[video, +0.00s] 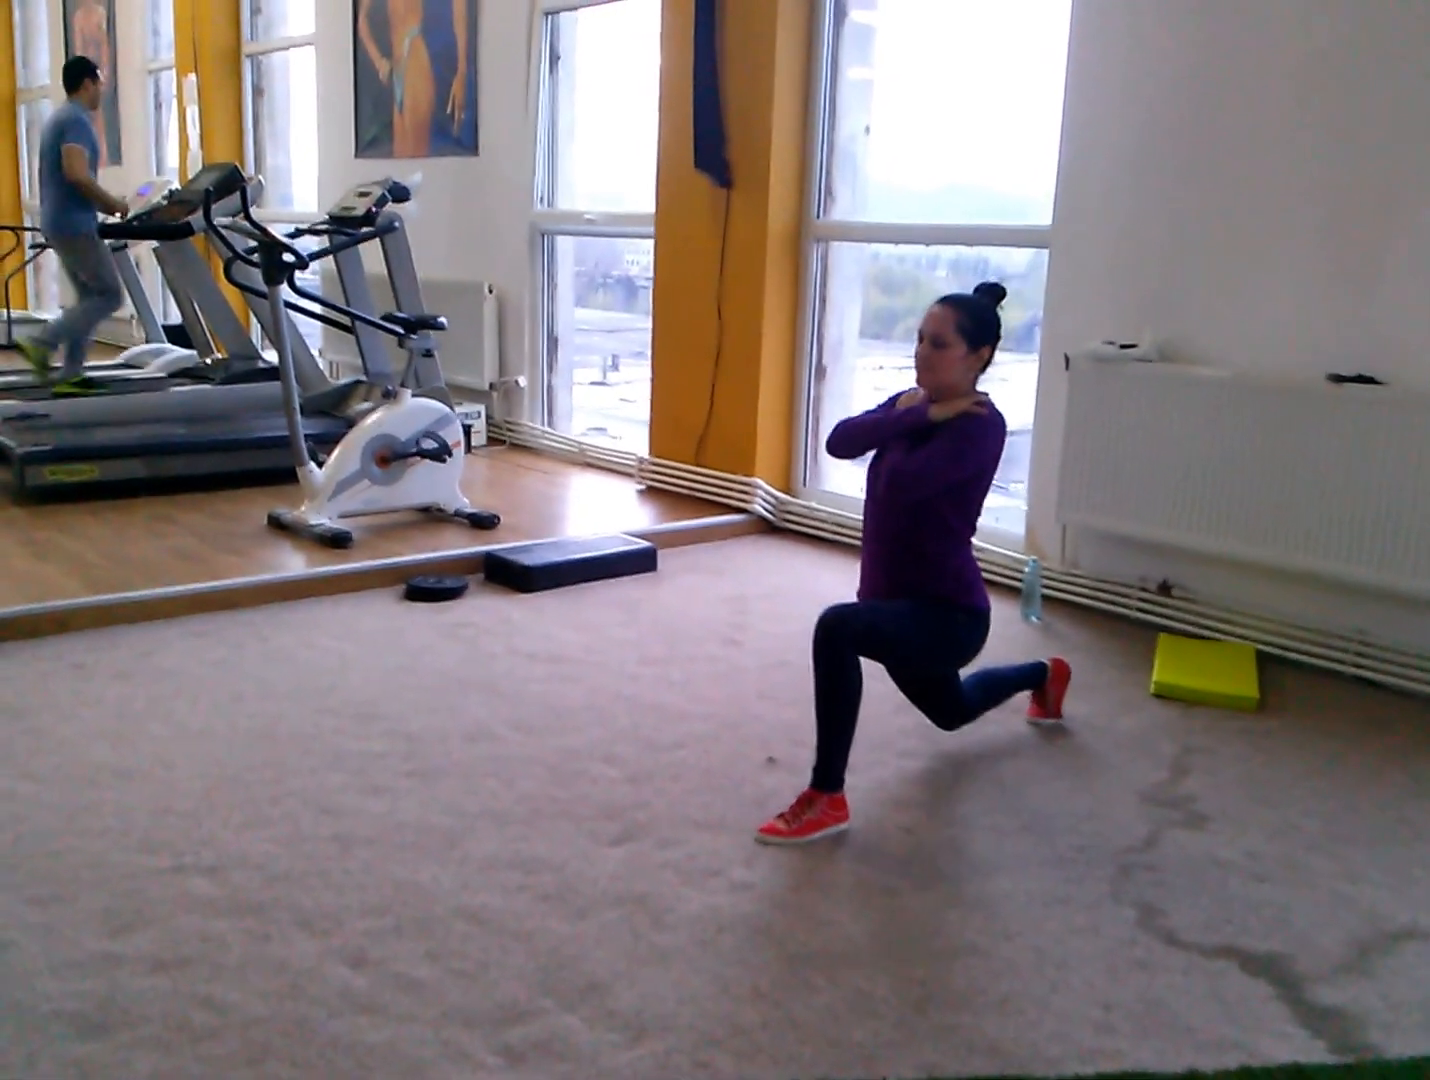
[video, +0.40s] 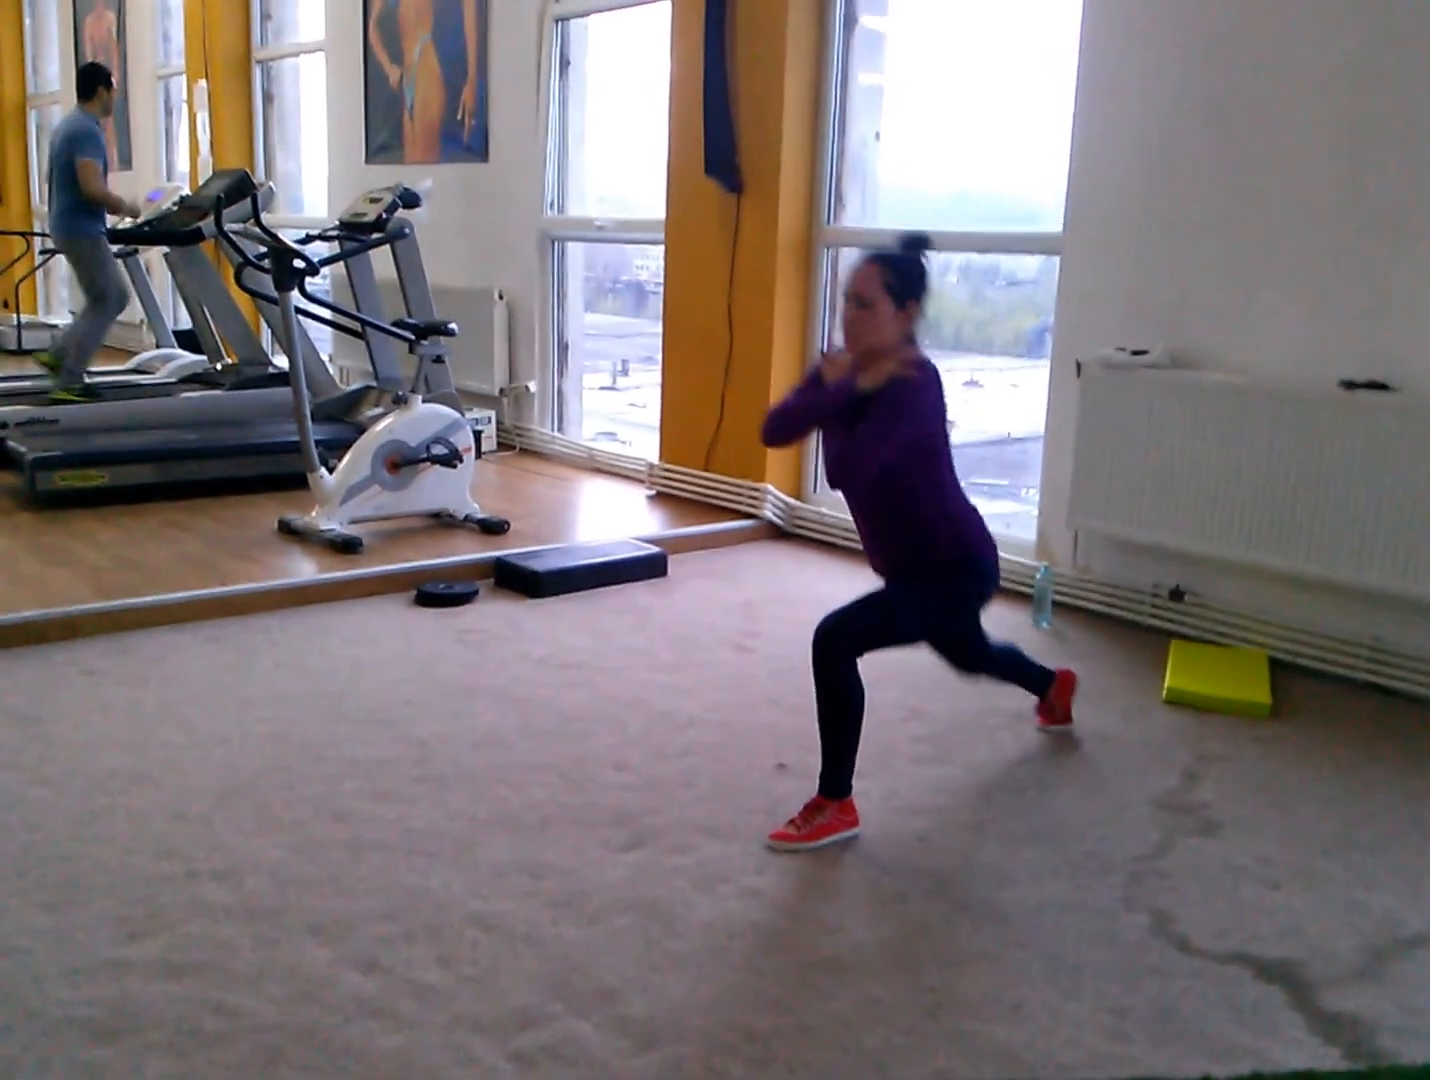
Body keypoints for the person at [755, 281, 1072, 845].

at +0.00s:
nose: (920, 353)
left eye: (937, 344)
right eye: (919, 340)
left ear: (979, 359)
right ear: (914, 342)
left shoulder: (982, 428)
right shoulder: (908, 404)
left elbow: (902, 485)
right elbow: (838, 443)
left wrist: (897, 425)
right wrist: (914, 412)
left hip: (949, 617)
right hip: (889, 608)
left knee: (837, 628)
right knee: (950, 709)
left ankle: (826, 795)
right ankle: (1044, 674)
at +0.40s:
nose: (851, 316)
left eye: (866, 304)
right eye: (848, 302)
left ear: (907, 315)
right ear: (842, 309)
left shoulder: (913, 384)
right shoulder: (843, 372)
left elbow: (847, 470)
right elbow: (774, 430)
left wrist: (838, 391)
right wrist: (842, 382)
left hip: (956, 574)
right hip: (912, 571)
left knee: (835, 638)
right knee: (970, 655)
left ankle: (834, 802)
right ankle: (1053, 685)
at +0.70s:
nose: (791, 212)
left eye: (808, 198)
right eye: (787, 197)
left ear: (856, 211)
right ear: (785, 207)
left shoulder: (869, 297)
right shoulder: (782, 286)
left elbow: (822, 404)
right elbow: (724, 366)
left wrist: (770, 321)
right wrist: (789, 306)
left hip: (916, 502)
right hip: (859, 506)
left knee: (826, 646)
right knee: (863, 655)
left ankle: (843, 806)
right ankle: (965, 675)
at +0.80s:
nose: (790, 172)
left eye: (808, 162)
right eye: (789, 160)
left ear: (856, 181)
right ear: (793, 173)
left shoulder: (868, 266)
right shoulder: (787, 256)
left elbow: (804, 362)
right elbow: (719, 329)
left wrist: (778, 284)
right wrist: (780, 273)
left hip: (898, 492)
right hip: (835, 490)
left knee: (822, 646)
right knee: (797, 640)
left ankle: (845, 807)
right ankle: (907, 694)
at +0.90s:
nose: (794, 154)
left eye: (812, 143)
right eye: (792, 142)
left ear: (859, 159)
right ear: (792, 155)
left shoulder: (870, 245)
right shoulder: (787, 237)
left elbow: (793, 337)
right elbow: (716, 302)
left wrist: (772, 264)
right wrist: (792, 243)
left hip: (878, 490)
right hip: (813, 484)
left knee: (816, 657)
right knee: (749, 631)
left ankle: (850, 808)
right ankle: (827, 734)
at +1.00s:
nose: (790, 147)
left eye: (809, 135)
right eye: (790, 133)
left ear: (859, 152)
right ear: (796, 146)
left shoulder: (871, 238)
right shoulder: (793, 236)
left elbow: (790, 323)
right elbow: (710, 287)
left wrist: (768, 252)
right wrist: (798, 237)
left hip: (854, 492)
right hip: (785, 484)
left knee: (804, 661)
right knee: (713, 628)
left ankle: (850, 808)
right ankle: (730, 787)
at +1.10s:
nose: (783, 157)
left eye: (801, 144)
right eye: (780, 143)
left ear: (851, 156)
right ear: (780, 152)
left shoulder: (865, 242)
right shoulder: (784, 240)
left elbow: (782, 325)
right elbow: (704, 287)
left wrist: (768, 255)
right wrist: (785, 236)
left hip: (833, 499)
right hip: (758, 490)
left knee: (794, 673)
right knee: (686, 646)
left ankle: (852, 810)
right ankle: (642, 817)